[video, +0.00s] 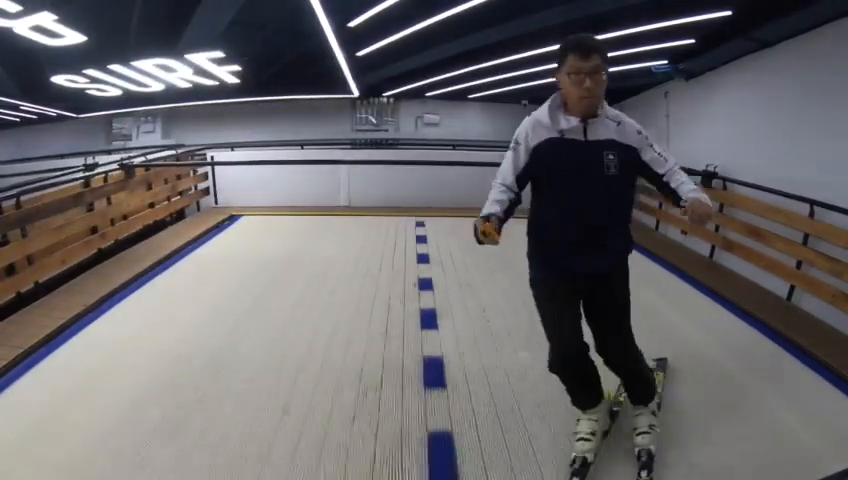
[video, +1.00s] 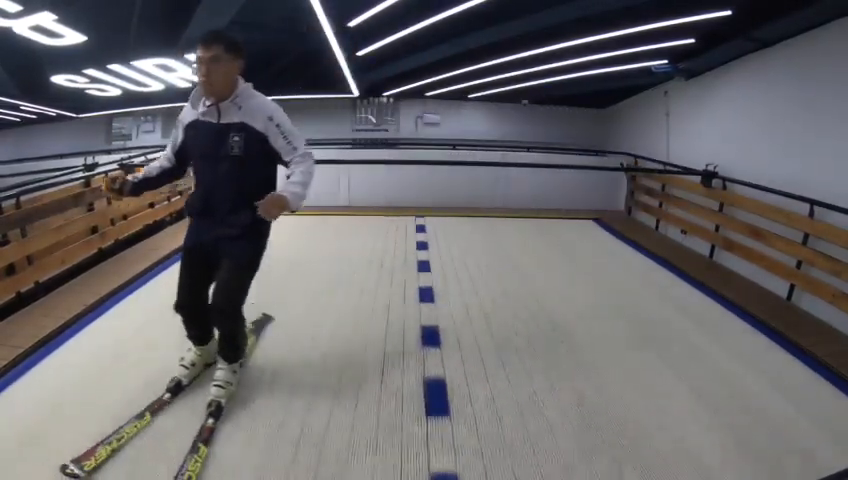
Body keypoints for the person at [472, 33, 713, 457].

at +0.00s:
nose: (588, 84)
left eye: (596, 75)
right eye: (578, 76)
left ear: (606, 77)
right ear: (559, 78)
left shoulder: (625, 130)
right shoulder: (535, 129)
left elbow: (667, 171)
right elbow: (507, 182)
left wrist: (693, 196)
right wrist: (492, 215)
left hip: (607, 259)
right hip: (551, 261)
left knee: (614, 345)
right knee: (564, 353)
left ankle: (645, 399)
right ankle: (591, 409)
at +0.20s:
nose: (529, 78)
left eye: (539, 68)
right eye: (520, 69)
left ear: (556, 73)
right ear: (508, 75)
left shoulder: (580, 128)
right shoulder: (486, 125)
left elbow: (624, 170)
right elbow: (460, 182)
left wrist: (641, 195)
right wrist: (431, 209)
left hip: (554, 259)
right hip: (498, 258)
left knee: (557, 354)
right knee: (499, 353)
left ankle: (597, 413)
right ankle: (538, 412)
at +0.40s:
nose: (449, 71)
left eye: (460, 62)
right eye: (441, 63)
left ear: (480, 66)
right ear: (434, 67)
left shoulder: (505, 120)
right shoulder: (416, 118)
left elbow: (549, 169)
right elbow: (393, 176)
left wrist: (552, 196)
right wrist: (357, 200)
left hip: (475, 251)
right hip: (423, 246)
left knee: (471, 348)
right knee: (408, 336)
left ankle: (522, 414)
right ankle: (449, 404)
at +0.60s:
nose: (359, 62)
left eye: (370, 53)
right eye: (353, 54)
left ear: (392, 59)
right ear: (347, 60)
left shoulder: (413, 113)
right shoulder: (332, 110)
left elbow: (453, 159)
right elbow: (308, 163)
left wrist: (456, 188)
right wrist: (268, 188)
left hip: (385, 238)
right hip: (337, 233)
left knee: (381, 330)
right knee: (322, 319)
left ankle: (431, 403)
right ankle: (356, 381)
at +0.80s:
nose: (268, 61)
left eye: (279, 51)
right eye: (262, 52)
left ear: (302, 54)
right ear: (257, 56)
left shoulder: (324, 102)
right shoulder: (248, 105)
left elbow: (370, 150)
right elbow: (228, 156)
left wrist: (368, 184)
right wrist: (193, 177)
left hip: (307, 221)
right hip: (261, 219)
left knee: (292, 306)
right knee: (251, 305)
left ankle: (331, 371)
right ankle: (279, 359)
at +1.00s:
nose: (204, 72)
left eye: (214, 63)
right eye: (199, 63)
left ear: (238, 65)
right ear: (196, 68)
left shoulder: (262, 110)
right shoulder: (191, 113)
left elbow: (302, 160)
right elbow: (173, 162)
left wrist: (286, 196)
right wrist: (134, 185)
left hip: (246, 224)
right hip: (204, 222)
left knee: (224, 303)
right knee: (189, 301)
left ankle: (230, 361)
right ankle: (203, 347)